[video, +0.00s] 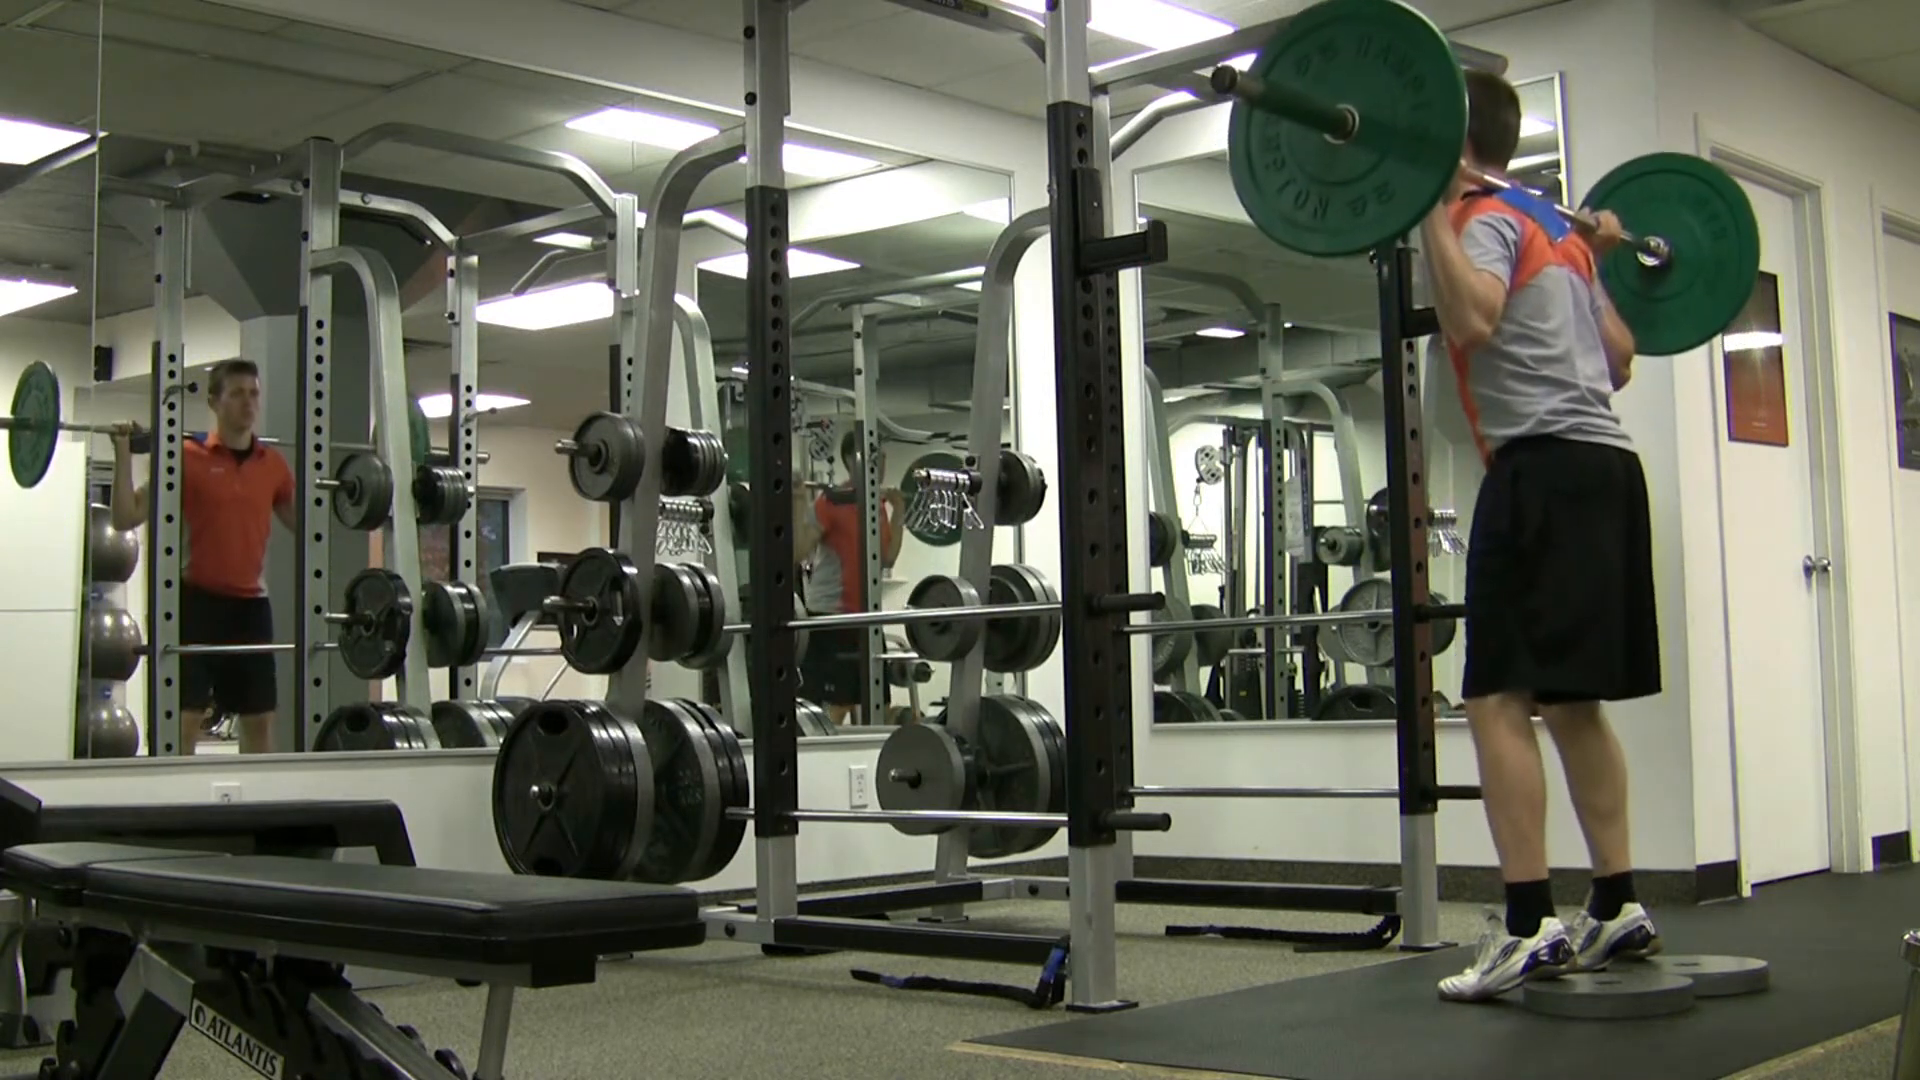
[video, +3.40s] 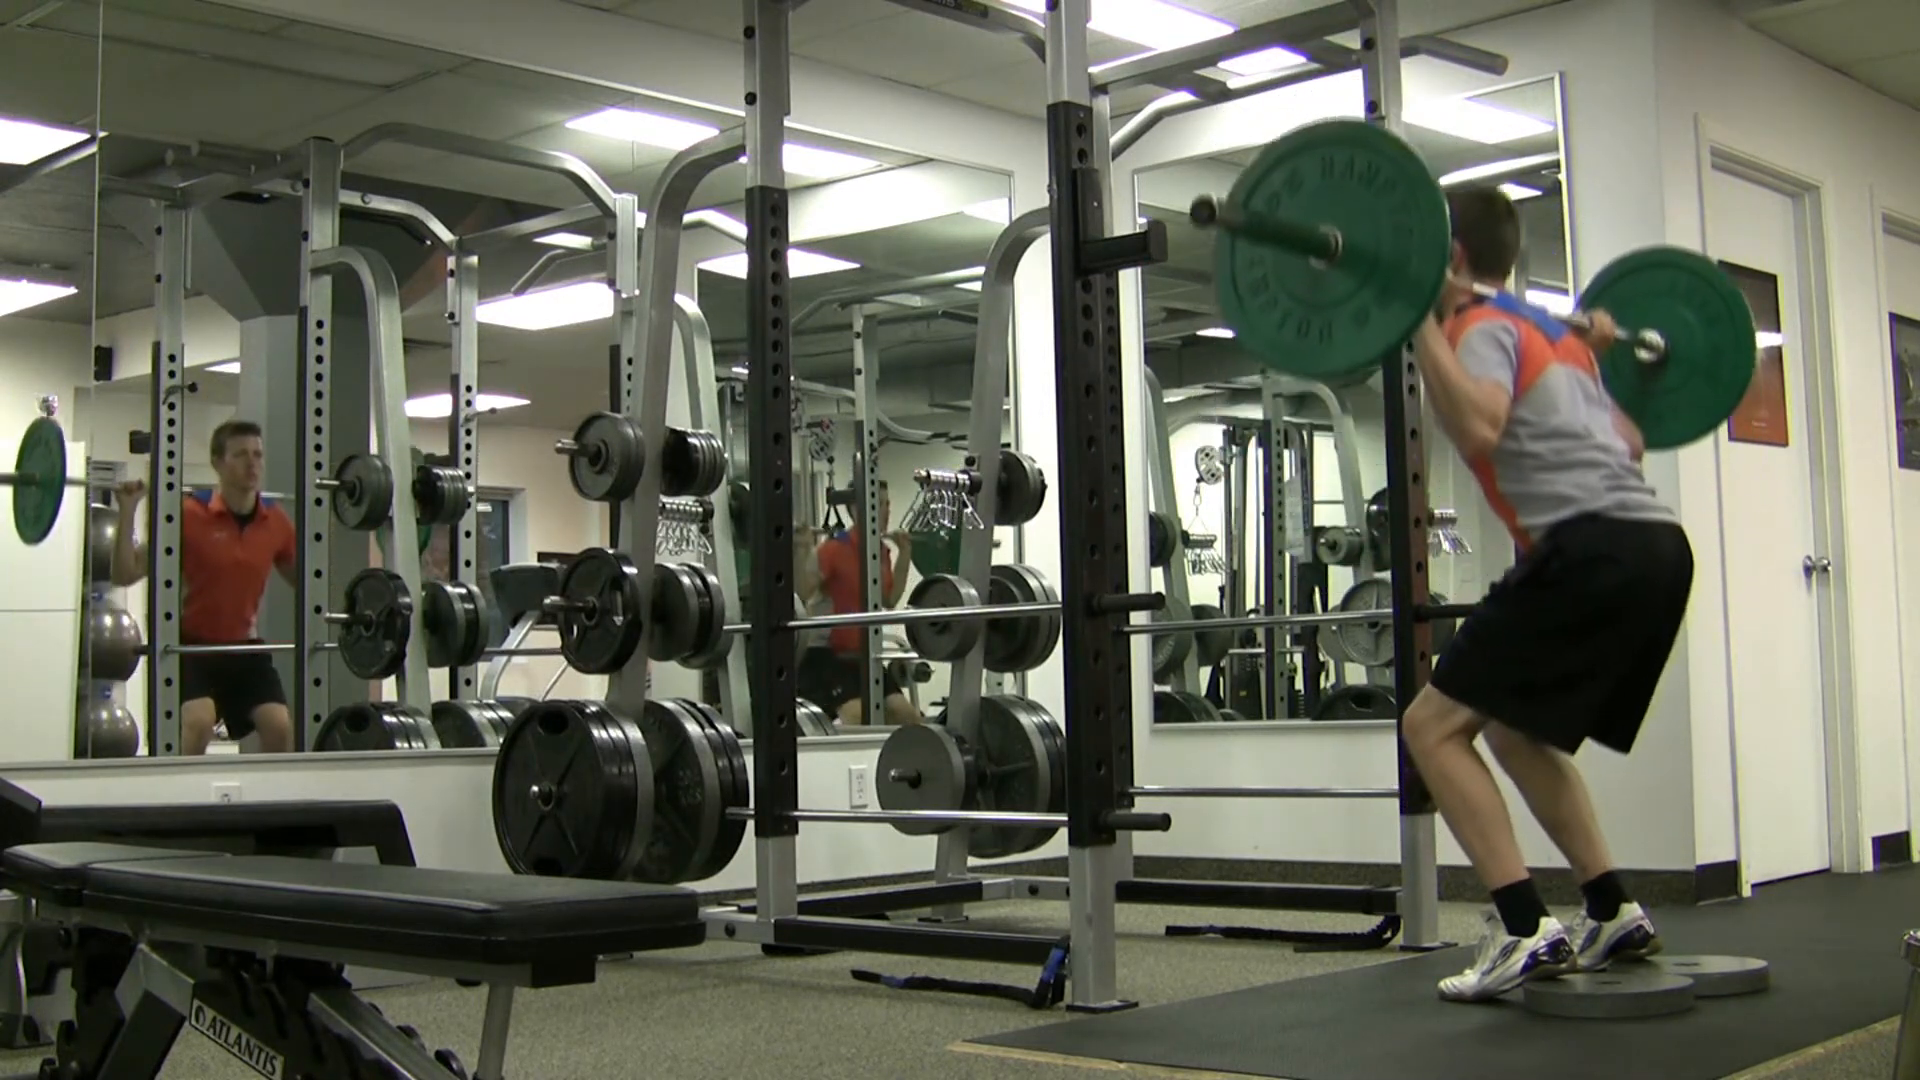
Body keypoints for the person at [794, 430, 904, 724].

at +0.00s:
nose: (874, 465)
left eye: (877, 457)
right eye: (865, 457)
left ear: (882, 460)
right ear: (849, 459)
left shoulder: (875, 505)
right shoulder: (830, 502)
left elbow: (888, 557)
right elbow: (799, 554)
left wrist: (898, 512)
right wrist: (798, 503)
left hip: (865, 613)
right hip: (833, 614)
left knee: (868, 704)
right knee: (838, 703)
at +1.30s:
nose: (882, 503)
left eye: (885, 496)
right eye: (875, 496)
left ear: (888, 500)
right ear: (855, 501)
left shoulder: (880, 544)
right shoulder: (834, 541)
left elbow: (889, 595)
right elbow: (804, 588)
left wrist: (901, 544)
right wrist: (801, 542)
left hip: (869, 649)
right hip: (833, 649)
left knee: (906, 719)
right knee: (854, 723)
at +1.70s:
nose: (886, 541)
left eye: (888, 534)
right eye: (877, 533)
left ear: (890, 537)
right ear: (856, 539)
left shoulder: (884, 580)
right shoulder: (836, 577)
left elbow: (887, 632)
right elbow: (815, 618)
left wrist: (903, 585)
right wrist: (803, 584)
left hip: (869, 675)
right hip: (833, 675)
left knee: (912, 719)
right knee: (860, 724)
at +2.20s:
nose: (889, 579)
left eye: (891, 572)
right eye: (882, 572)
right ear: (858, 576)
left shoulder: (886, 616)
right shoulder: (835, 613)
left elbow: (896, 673)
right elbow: (810, 661)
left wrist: (902, 620)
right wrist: (810, 613)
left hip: (872, 699)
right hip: (836, 699)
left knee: (917, 722)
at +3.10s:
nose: (889, 548)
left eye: (890, 541)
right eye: (882, 541)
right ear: (858, 546)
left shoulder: (883, 586)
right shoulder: (834, 586)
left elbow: (889, 635)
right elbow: (818, 633)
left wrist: (906, 591)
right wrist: (805, 590)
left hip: (871, 680)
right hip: (837, 681)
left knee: (914, 720)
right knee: (860, 729)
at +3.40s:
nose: (886, 510)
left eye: (887, 504)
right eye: (879, 504)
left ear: (887, 508)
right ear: (856, 509)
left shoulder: (881, 551)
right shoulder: (833, 549)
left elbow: (891, 599)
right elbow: (804, 593)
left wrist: (905, 553)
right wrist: (802, 551)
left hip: (871, 655)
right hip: (838, 654)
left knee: (909, 717)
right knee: (855, 716)